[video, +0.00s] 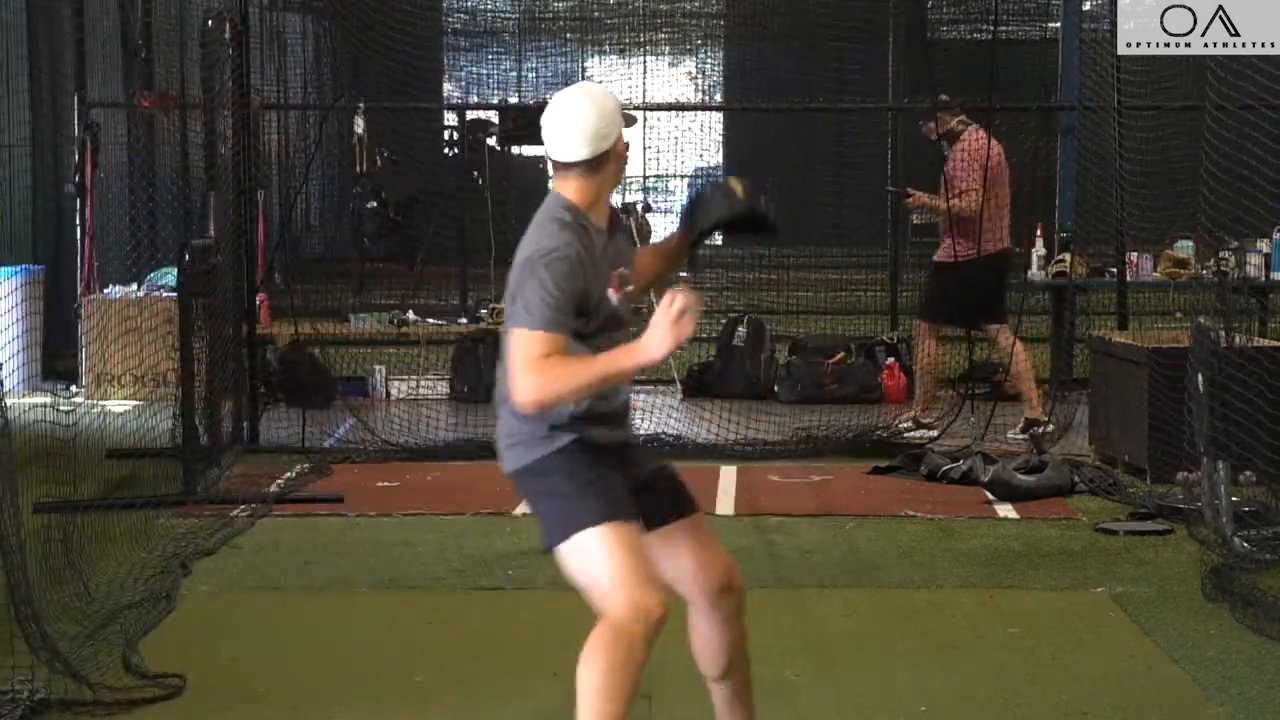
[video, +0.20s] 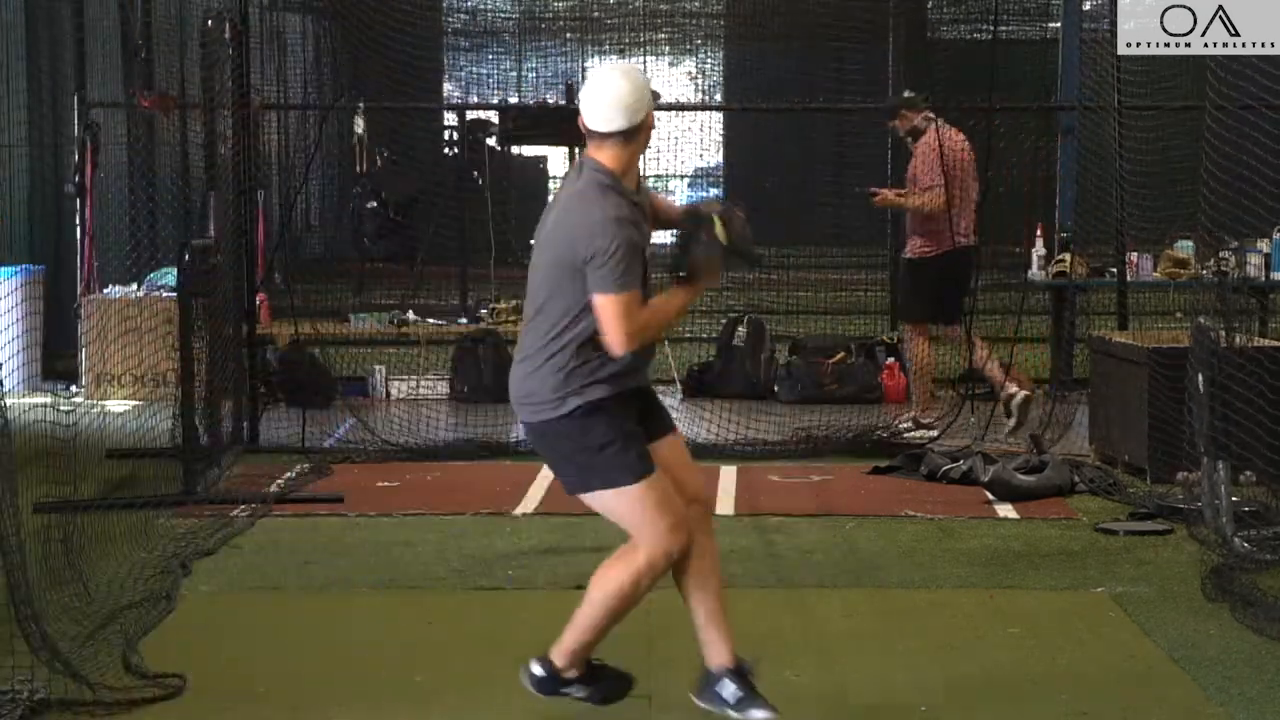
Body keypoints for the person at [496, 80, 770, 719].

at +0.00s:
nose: (626, 148)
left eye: (622, 140)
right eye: (624, 140)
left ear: (554, 154)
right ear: (618, 152)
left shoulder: (613, 222)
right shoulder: (550, 251)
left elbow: (634, 277)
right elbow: (531, 384)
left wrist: (693, 226)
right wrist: (645, 349)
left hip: (610, 436)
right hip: (551, 447)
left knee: (713, 582)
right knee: (634, 604)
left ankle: (735, 715)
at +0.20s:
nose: (655, 123)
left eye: (650, 114)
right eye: (654, 114)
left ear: (582, 122)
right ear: (647, 124)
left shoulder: (602, 184)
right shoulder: (605, 216)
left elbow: (653, 212)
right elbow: (623, 336)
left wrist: (702, 218)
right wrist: (694, 282)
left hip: (613, 383)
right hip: (565, 403)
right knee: (666, 531)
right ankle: (560, 664)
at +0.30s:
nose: (665, 153)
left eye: (661, 146)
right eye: (663, 144)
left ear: (600, 156)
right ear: (655, 154)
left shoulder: (629, 196)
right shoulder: (598, 244)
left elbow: (688, 180)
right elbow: (578, 362)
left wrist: (771, 210)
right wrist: (648, 437)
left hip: (592, 385)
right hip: (547, 411)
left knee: (687, 493)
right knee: (650, 534)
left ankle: (655, 594)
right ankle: (576, 671)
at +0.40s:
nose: (668, 179)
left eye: (665, 172)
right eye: (665, 171)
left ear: (612, 181)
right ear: (656, 180)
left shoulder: (647, 215)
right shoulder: (588, 259)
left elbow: (717, 178)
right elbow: (525, 354)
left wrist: (796, 160)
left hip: (603, 401)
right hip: (565, 416)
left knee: (667, 496)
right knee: (666, 524)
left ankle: (610, 558)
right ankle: (580, 666)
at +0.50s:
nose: (666, 184)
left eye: (663, 175)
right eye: (659, 176)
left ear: (619, 182)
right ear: (642, 184)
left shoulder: (637, 230)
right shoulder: (575, 242)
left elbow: (651, 180)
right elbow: (479, 267)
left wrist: (691, 175)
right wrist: (494, 300)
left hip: (612, 405)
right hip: (583, 415)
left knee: (610, 485)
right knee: (662, 538)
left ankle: (584, 565)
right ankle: (602, 645)